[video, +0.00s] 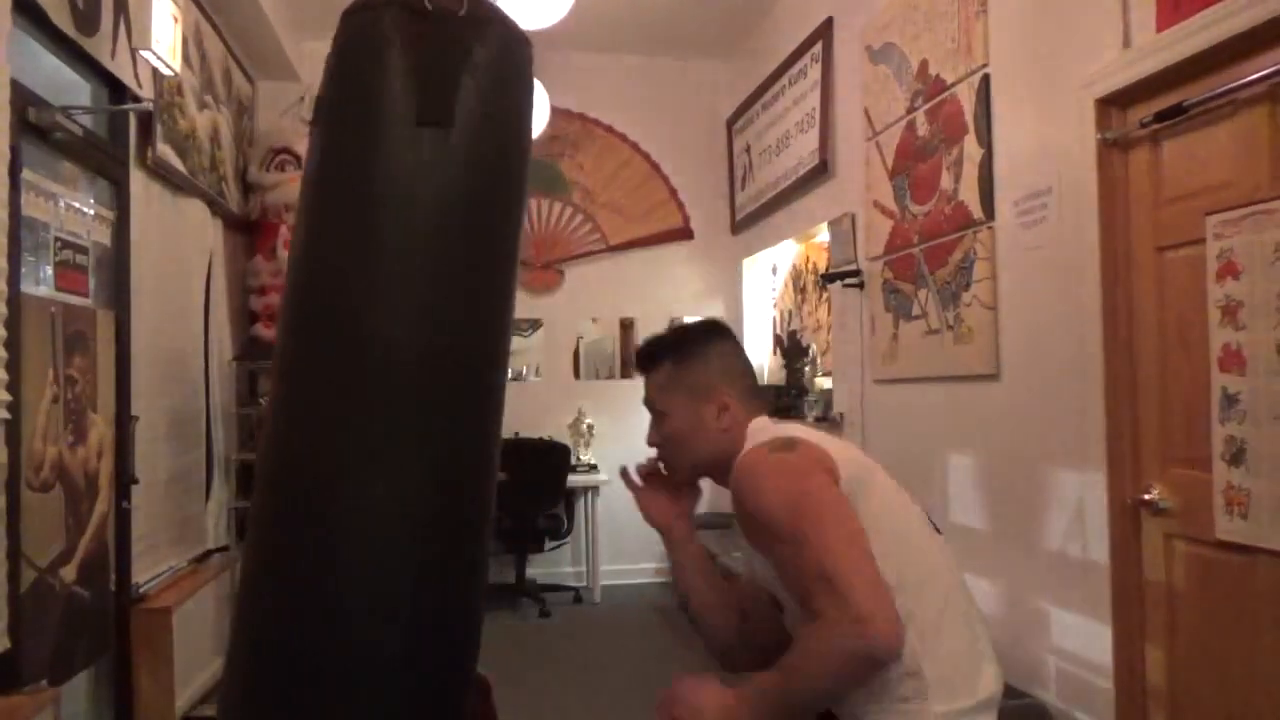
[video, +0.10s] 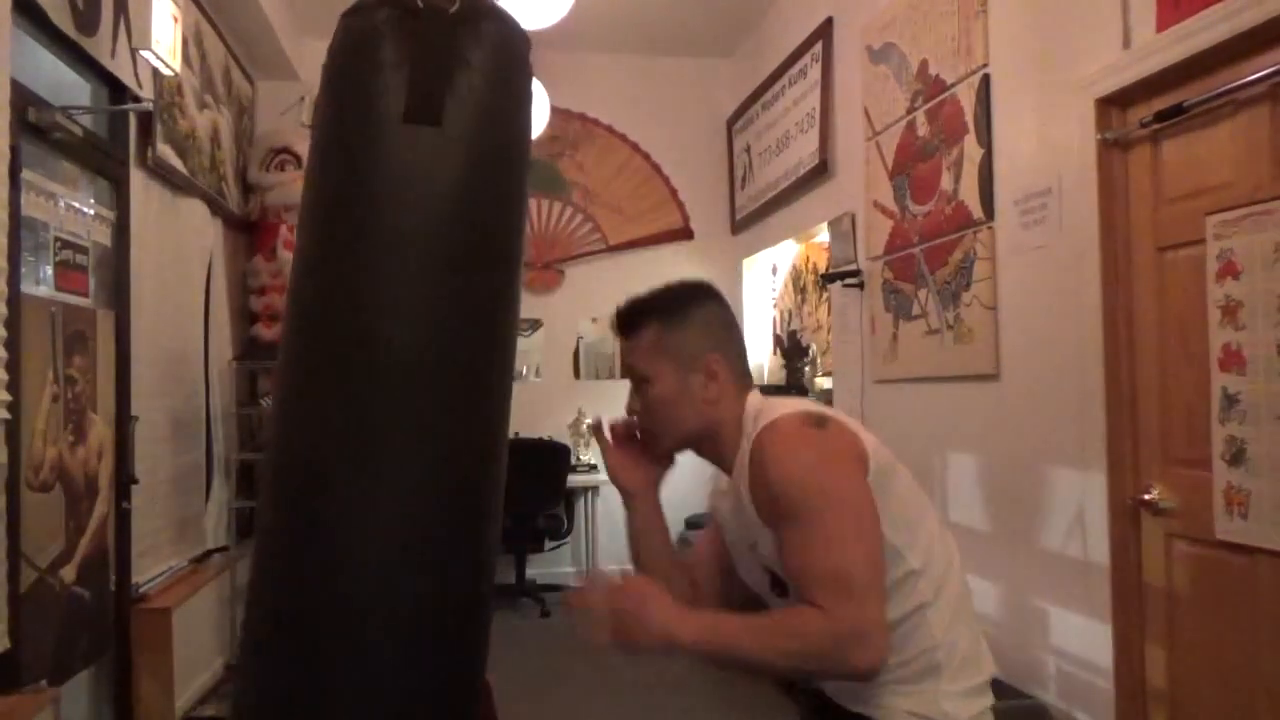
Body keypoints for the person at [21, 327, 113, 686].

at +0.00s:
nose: (70, 392)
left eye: (76, 383)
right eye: (65, 385)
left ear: (90, 384)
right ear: (61, 390)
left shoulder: (104, 430)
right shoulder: (62, 440)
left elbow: (105, 500)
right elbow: (38, 481)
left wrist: (76, 562)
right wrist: (45, 402)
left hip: (104, 555)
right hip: (73, 553)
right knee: (26, 607)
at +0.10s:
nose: (69, 391)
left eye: (75, 382)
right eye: (64, 383)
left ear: (90, 386)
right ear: (61, 391)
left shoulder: (105, 433)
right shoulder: (63, 439)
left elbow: (105, 501)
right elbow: (38, 481)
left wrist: (75, 563)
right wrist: (44, 405)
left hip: (104, 553)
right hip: (73, 553)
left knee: (104, 636)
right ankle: (55, 696)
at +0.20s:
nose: (70, 391)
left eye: (75, 382)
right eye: (65, 383)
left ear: (90, 385)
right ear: (61, 389)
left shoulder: (104, 433)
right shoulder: (62, 439)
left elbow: (105, 501)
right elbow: (38, 481)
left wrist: (75, 562)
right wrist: (44, 403)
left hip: (104, 553)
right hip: (73, 554)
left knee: (104, 634)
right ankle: (57, 696)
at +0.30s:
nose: (70, 391)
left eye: (75, 382)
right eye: (65, 383)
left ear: (91, 385)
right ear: (61, 389)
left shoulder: (105, 434)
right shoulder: (62, 440)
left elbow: (105, 501)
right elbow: (37, 481)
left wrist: (75, 562)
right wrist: (45, 403)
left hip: (103, 555)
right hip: (73, 556)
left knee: (104, 637)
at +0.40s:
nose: (71, 391)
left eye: (76, 382)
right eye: (65, 384)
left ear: (90, 384)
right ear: (60, 390)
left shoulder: (104, 432)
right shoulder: (63, 438)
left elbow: (105, 500)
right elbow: (37, 480)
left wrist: (75, 562)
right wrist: (45, 402)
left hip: (103, 554)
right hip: (74, 554)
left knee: (104, 635)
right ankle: (57, 695)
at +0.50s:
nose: (70, 391)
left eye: (75, 382)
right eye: (65, 384)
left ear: (90, 384)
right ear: (60, 390)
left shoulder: (105, 432)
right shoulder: (62, 440)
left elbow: (105, 500)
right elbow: (37, 481)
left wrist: (75, 562)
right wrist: (44, 404)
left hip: (104, 554)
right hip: (74, 555)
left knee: (104, 635)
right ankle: (57, 695)